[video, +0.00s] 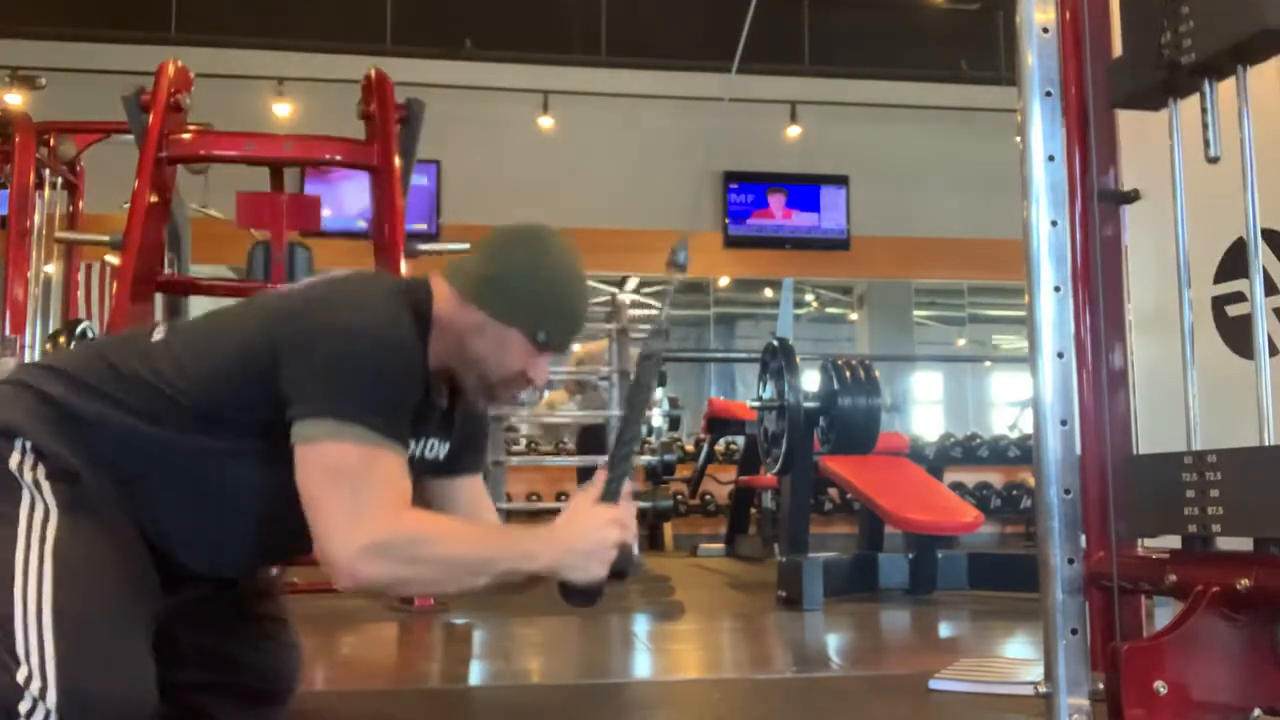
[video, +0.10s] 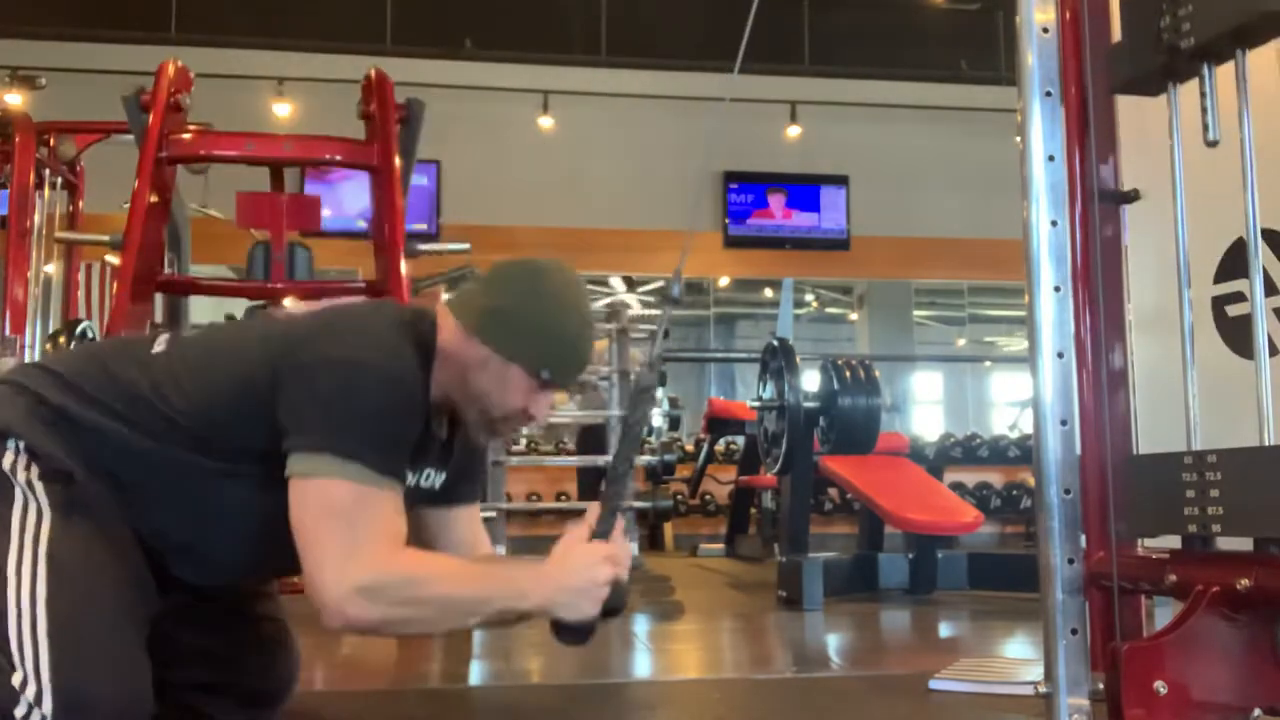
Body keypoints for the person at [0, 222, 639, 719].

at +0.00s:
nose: (541, 374)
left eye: (554, 355)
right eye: (537, 347)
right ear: (483, 309)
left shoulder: (453, 390)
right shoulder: (360, 325)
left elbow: (468, 544)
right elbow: (363, 549)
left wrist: (562, 555)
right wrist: (546, 545)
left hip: (190, 514)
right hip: (62, 455)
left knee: (256, 679)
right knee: (90, 699)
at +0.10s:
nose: (545, 409)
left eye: (556, 393)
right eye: (540, 385)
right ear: (486, 343)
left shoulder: (449, 411)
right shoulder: (362, 360)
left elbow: (456, 567)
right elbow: (352, 591)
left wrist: (553, 588)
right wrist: (544, 582)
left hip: (165, 510)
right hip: (49, 457)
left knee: (256, 672)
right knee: (87, 702)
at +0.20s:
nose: (544, 442)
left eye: (557, 423)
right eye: (543, 413)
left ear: (488, 372)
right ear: (488, 370)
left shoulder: (448, 432)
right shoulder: (358, 388)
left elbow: (456, 583)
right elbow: (342, 620)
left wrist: (546, 617)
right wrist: (532, 615)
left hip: (170, 510)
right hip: (50, 461)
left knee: (252, 678)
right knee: (82, 703)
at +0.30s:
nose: (548, 459)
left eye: (561, 442)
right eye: (546, 431)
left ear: (493, 392)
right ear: (492, 389)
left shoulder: (449, 448)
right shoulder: (359, 406)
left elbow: (450, 607)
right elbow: (334, 643)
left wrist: (544, 641)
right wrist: (527, 638)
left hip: (164, 509)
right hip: (46, 459)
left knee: (247, 678)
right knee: (81, 701)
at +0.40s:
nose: (553, 474)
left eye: (566, 455)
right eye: (554, 446)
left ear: (500, 408)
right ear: (500, 409)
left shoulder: (451, 459)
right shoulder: (363, 421)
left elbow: (451, 617)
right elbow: (329, 659)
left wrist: (543, 650)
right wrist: (520, 655)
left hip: (170, 501)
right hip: (47, 452)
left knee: (238, 686)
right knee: (82, 702)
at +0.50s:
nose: (564, 482)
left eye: (577, 461)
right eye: (563, 451)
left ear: (506, 417)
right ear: (505, 415)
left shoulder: (458, 464)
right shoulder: (369, 427)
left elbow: (455, 625)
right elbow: (336, 667)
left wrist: (549, 646)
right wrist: (528, 662)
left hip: (168, 500)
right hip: (46, 449)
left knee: (238, 685)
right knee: (82, 703)